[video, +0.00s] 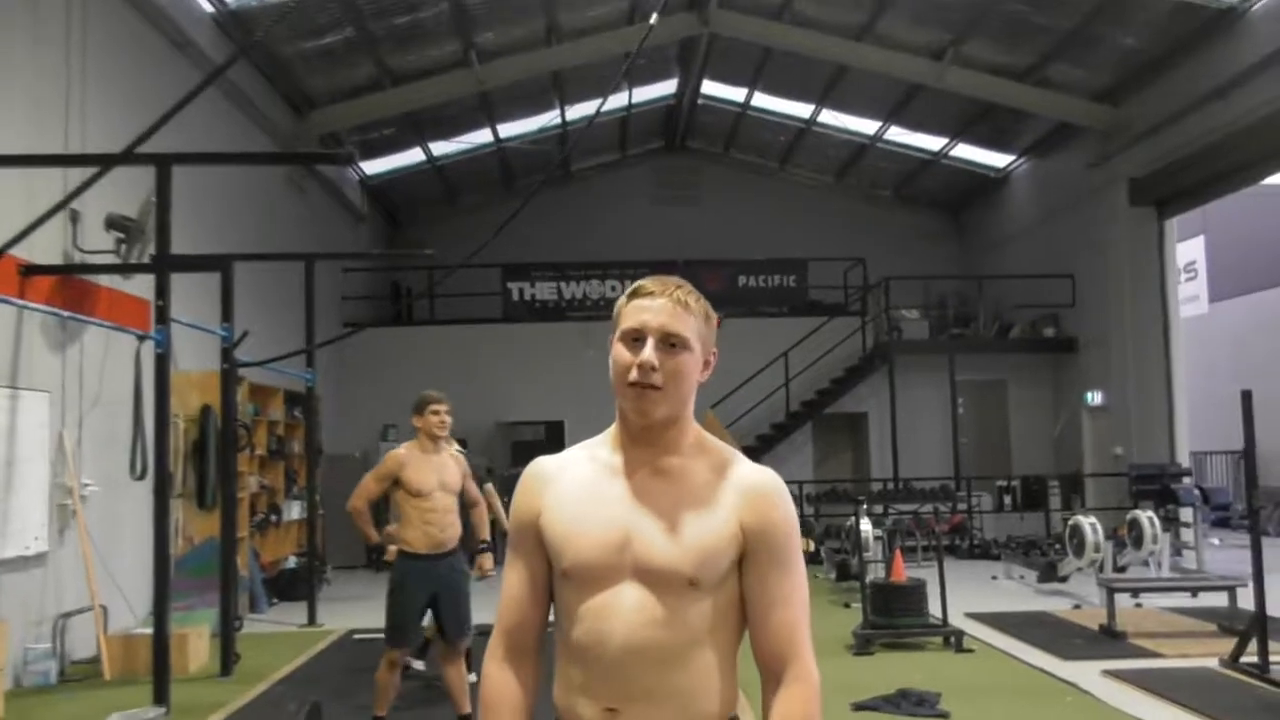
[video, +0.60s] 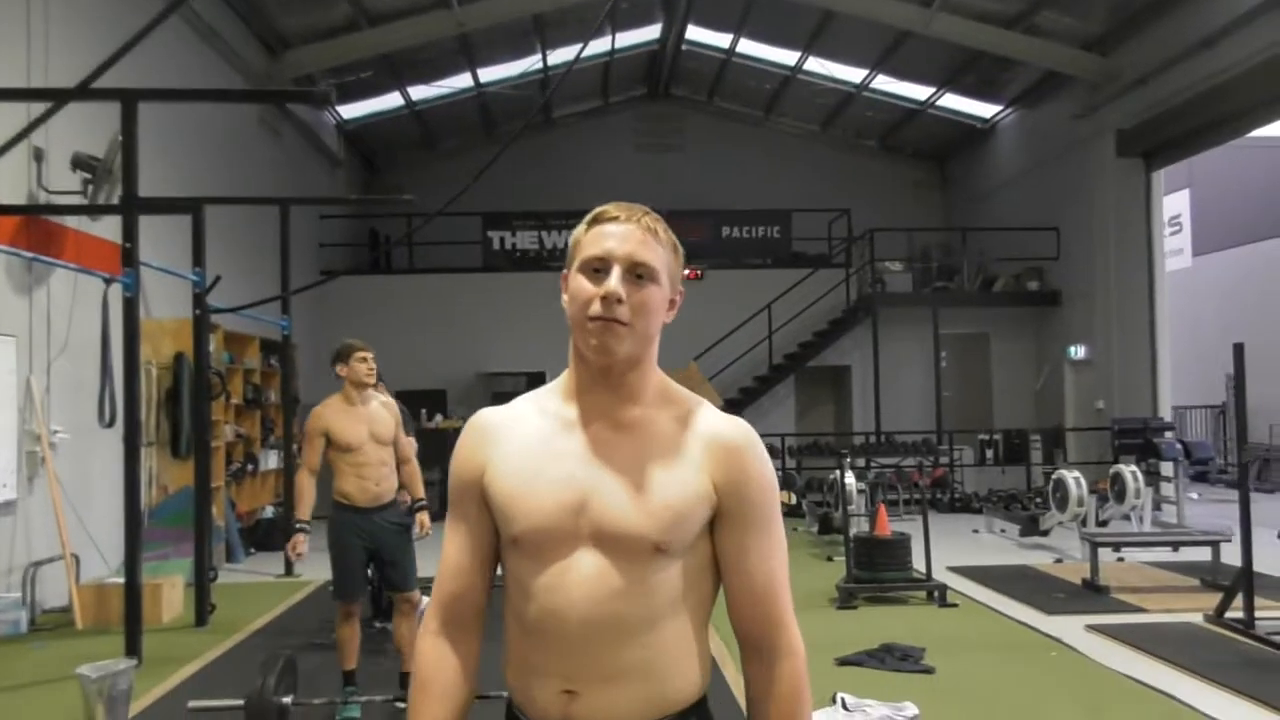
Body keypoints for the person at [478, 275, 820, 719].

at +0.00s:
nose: (646, 359)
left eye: (671, 344)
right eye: (633, 340)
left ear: (706, 365)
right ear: (611, 351)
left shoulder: (754, 494)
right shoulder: (546, 483)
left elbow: (790, 676)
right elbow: (510, 659)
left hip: (708, 710)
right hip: (580, 709)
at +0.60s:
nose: (612, 290)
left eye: (638, 276)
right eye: (594, 270)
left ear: (672, 304)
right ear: (566, 289)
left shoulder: (725, 447)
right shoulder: (491, 438)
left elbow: (771, 650)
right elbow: (448, 632)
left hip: (678, 712)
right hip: (530, 713)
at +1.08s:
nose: (545, 289)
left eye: (571, 268)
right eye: (523, 269)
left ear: (611, 289)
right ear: (495, 292)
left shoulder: (687, 448)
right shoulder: (429, 450)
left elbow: (730, 663)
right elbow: (386, 664)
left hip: (627, 708)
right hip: (474, 708)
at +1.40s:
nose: (466, 285)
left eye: (493, 261)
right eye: (443, 266)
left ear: (540, 283)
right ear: (421, 293)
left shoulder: (629, 445)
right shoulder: (368, 461)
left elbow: (698, 677)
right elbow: (323, 685)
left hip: (578, 708)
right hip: (421, 711)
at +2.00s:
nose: (535, 299)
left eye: (568, 279)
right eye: (516, 273)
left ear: (612, 310)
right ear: (484, 293)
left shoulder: (684, 473)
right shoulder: (406, 470)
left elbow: (735, 704)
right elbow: (360, 697)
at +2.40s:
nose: (612, 302)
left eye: (646, 287)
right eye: (592, 274)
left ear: (682, 323)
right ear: (553, 294)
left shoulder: (750, 494)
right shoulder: (455, 475)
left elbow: (808, 711)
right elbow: (397, 703)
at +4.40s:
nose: (591, 360)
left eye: (625, 342)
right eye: (571, 330)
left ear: (659, 379)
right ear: (533, 348)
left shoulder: (727, 547)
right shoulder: (428, 532)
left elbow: (775, 714)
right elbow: (379, 715)